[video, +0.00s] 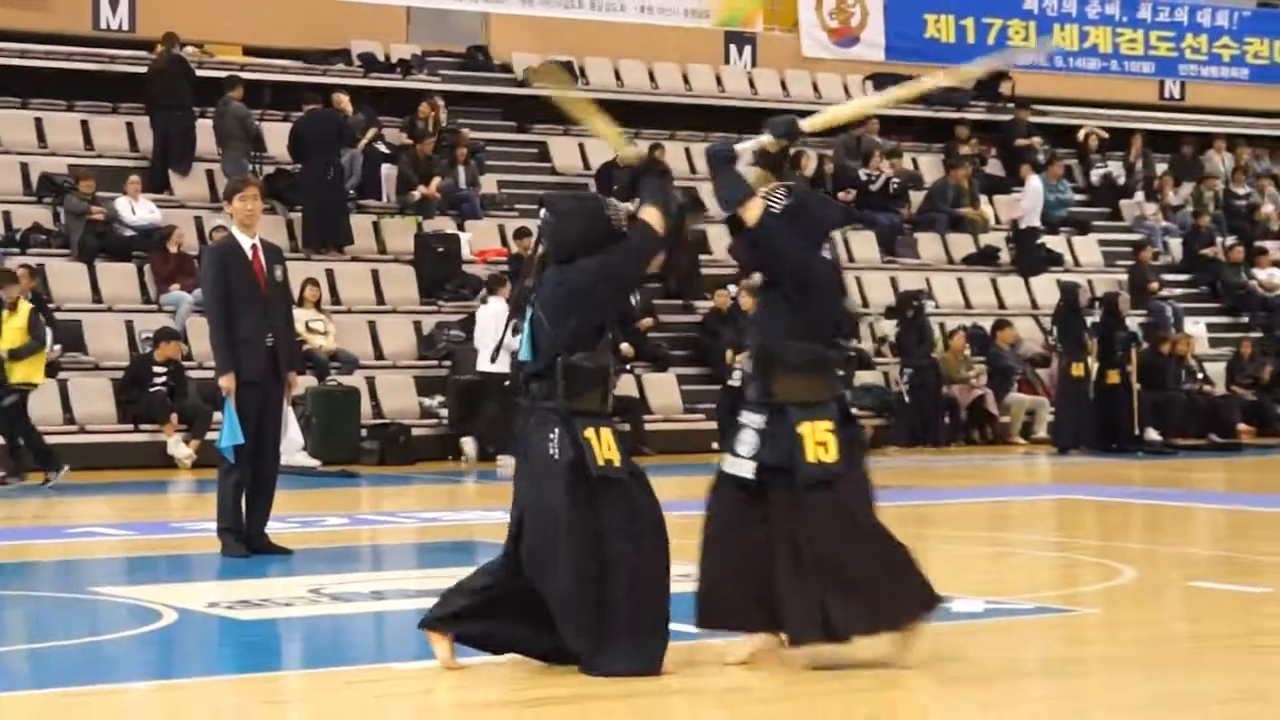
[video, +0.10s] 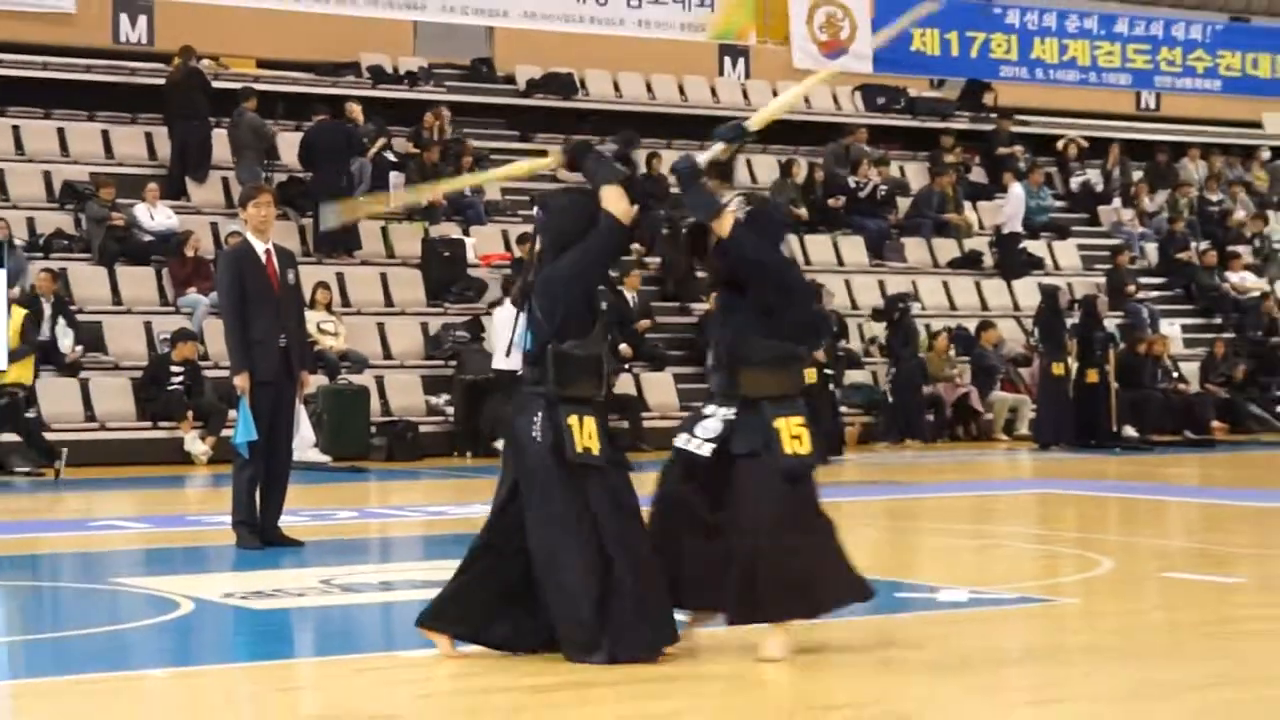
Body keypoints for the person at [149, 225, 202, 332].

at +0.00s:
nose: (180, 240)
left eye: (181, 237)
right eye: (177, 236)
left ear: (182, 239)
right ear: (168, 239)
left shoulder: (186, 257)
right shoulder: (157, 257)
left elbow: (194, 280)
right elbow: (162, 276)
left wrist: (181, 285)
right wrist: (172, 255)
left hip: (188, 291)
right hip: (166, 292)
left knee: (206, 295)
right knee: (187, 300)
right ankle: (176, 336)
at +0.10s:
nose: (198, 243)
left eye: (198, 240)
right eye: (195, 240)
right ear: (186, 242)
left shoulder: (202, 261)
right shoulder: (175, 261)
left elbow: (211, 283)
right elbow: (179, 279)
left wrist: (197, 289)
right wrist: (189, 258)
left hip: (205, 293)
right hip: (184, 294)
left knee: (224, 299)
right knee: (204, 303)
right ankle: (193, 337)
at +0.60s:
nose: (234, 255)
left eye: (237, 252)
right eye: (232, 252)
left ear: (242, 254)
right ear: (228, 254)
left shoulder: (248, 270)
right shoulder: (223, 270)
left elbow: (254, 290)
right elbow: (227, 283)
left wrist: (243, 294)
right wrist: (228, 264)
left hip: (250, 299)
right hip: (230, 300)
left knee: (266, 305)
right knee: (248, 307)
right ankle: (239, 337)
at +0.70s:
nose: (239, 256)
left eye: (243, 254)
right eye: (238, 253)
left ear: (250, 257)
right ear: (236, 256)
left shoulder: (256, 273)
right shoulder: (232, 272)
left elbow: (263, 292)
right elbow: (235, 283)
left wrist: (250, 296)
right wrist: (235, 266)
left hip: (257, 301)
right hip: (238, 302)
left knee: (272, 305)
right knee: (256, 309)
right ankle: (247, 337)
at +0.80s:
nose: (240, 258)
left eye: (244, 256)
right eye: (239, 255)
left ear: (251, 259)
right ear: (237, 258)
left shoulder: (258, 274)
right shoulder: (234, 272)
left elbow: (265, 294)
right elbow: (236, 285)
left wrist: (253, 298)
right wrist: (237, 267)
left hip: (260, 303)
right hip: (240, 304)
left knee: (273, 306)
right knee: (258, 309)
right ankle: (249, 338)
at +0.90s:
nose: (240, 258)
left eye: (243, 255)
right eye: (239, 255)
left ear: (251, 259)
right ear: (237, 257)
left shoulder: (257, 274)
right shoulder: (233, 272)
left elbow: (264, 293)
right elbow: (235, 285)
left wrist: (252, 297)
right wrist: (236, 266)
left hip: (259, 302)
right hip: (239, 303)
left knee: (274, 309)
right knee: (258, 310)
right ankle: (248, 338)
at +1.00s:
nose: (240, 258)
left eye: (243, 255)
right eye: (240, 255)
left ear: (251, 259)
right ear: (238, 257)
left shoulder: (259, 274)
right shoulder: (234, 273)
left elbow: (264, 293)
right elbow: (235, 285)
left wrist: (253, 297)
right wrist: (236, 266)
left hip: (258, 303)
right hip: (239, 303)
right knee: (258, 310)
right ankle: (248, 337)